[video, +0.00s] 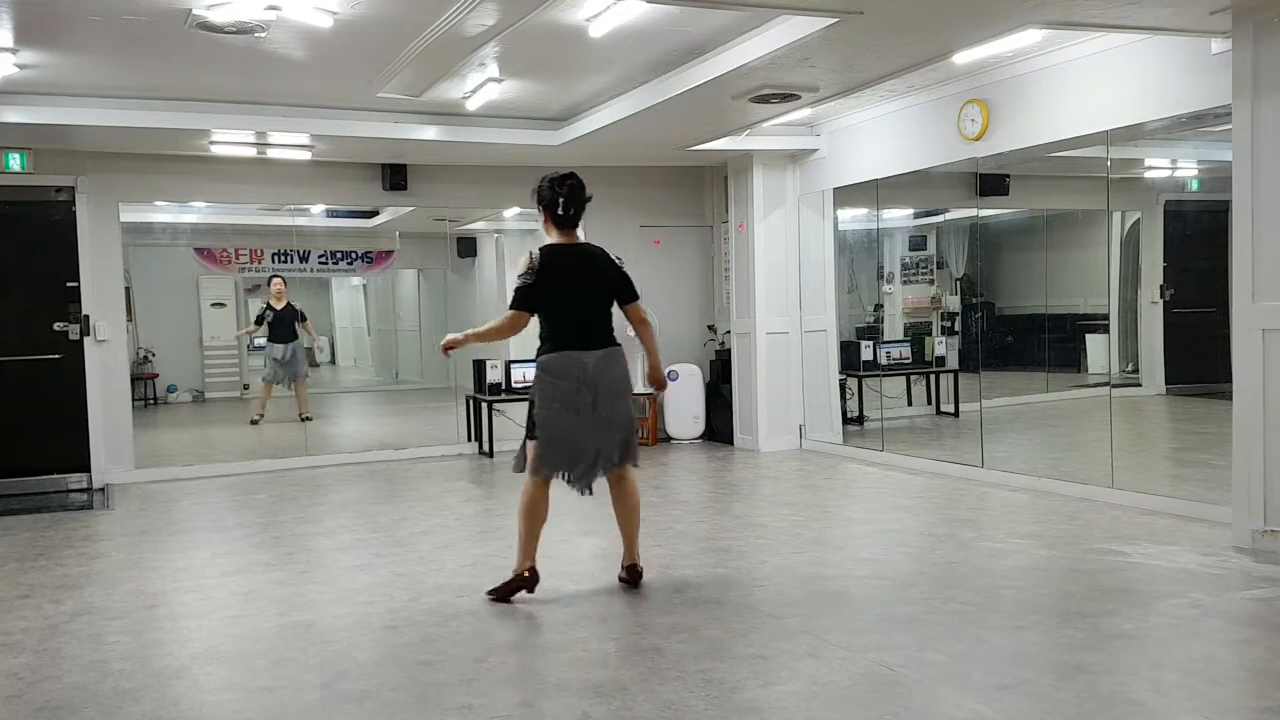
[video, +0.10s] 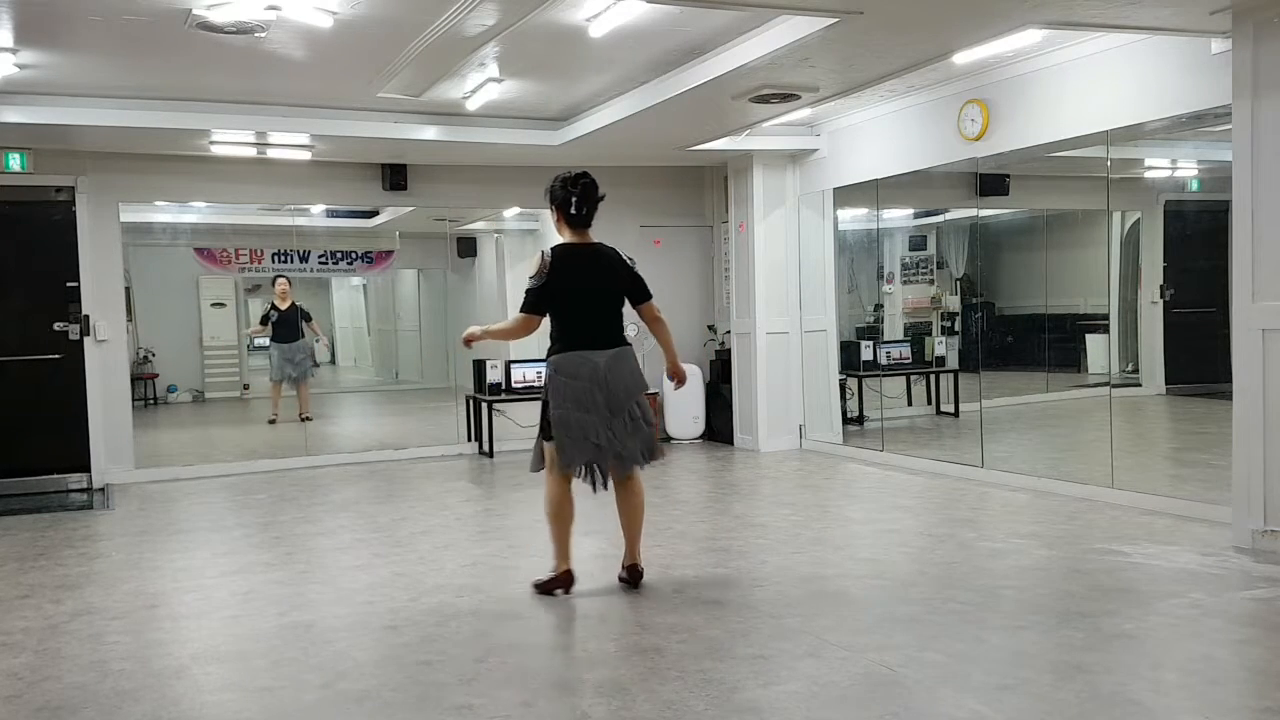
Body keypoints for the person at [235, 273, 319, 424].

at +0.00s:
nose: (278, 287)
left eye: (281, 284)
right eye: (275, 285)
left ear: (285, 287)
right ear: (269, 289)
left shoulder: (294, 307)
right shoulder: (266, 309)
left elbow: (305, 324)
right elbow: (255, 327)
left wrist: (315, 337)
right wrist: (244, 331)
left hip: (294, 347)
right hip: (274, 348)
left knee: (300, 379)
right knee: (268, 380)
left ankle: (303, 412)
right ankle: (260, 412)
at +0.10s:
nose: (283, 287)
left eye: (285, 284)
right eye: (279, 285)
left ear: (290, 287)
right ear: (274, 288)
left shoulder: (298, 307)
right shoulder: (270, 307)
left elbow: (310, 323)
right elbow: (262, 327)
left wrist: (322, 337)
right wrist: (251, 331)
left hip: (298, 347)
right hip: (278, 348)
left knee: (301, 380)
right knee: (276, 381)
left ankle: (304, 412)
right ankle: (274, 413)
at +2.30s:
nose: (253, 290)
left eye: (256, 287)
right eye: (250, 287)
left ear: (260, 290)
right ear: (245, 290)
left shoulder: (265, 309)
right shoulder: (240, 309)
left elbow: (275, 329)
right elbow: (234, 328)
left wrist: (288, 343)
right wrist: (234, 335)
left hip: (263, 347)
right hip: (245, 348)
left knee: (262, 380)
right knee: (249, 382)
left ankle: (262, 410)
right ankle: (253, 410)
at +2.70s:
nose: (245, 289)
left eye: (248, 286)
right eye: (242, 287)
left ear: (252, 289)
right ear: (236, 290)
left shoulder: (257, 308)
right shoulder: (232, 308)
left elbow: (268, 327)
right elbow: (225, 327)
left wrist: (282, 339)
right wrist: (221, 336)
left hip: (256, 347)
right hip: (238, 347)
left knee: (261, 380)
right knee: (238, 379)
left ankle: (261, 411)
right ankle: (235, 410)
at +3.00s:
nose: (231, 290)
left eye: (234, 286)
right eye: (227, 287)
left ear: (238, 289)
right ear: (222, 290)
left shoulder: (244, 308)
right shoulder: (216, 309)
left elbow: (255, 327)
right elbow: (210, 328)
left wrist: (269, 339)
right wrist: (207, 333)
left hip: (242, 347)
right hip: (223, 348)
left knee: (253, 380)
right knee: (223, 382)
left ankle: (260, 410)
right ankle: (223, 413)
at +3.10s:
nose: (226, 290)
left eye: (229, 287)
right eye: (223, 287)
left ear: (233, 289)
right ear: (218, 290)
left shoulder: (237, 308)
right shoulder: (212, 308)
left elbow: (248, 327)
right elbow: (205, 325)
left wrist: (261, 338)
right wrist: (204, 330)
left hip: (237, 347)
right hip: (219, 348)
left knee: (248, 378)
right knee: (221, 382)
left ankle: (260, 409)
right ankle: (223, 413)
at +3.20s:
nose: (223, 290)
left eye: (225, 287)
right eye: (219, 287)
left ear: (229, 290)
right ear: (214, 290)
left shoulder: (232, 308)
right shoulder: (209, 308)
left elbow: (243, 326)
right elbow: (200, 325)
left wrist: (255, 339)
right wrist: (203, 330)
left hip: (234, 346)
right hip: (215, 348)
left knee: (244, 377)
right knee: (219, 383)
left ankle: (256, 409)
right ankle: (223, 412)